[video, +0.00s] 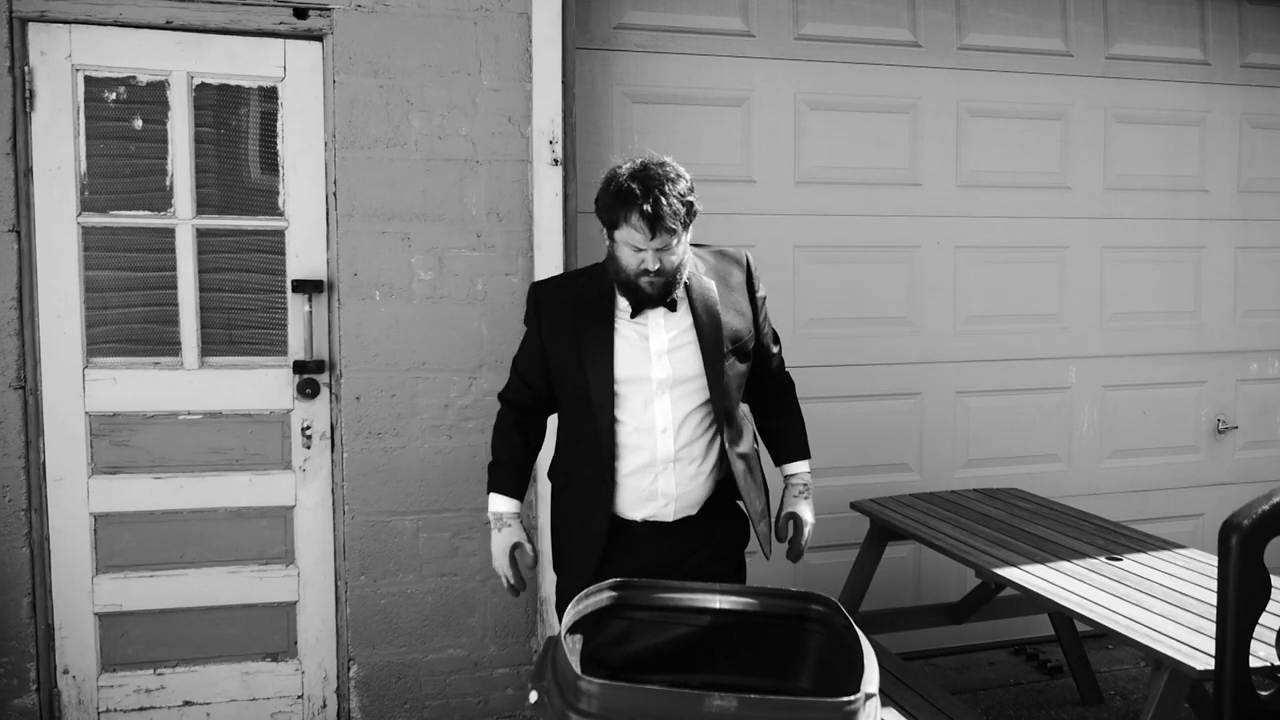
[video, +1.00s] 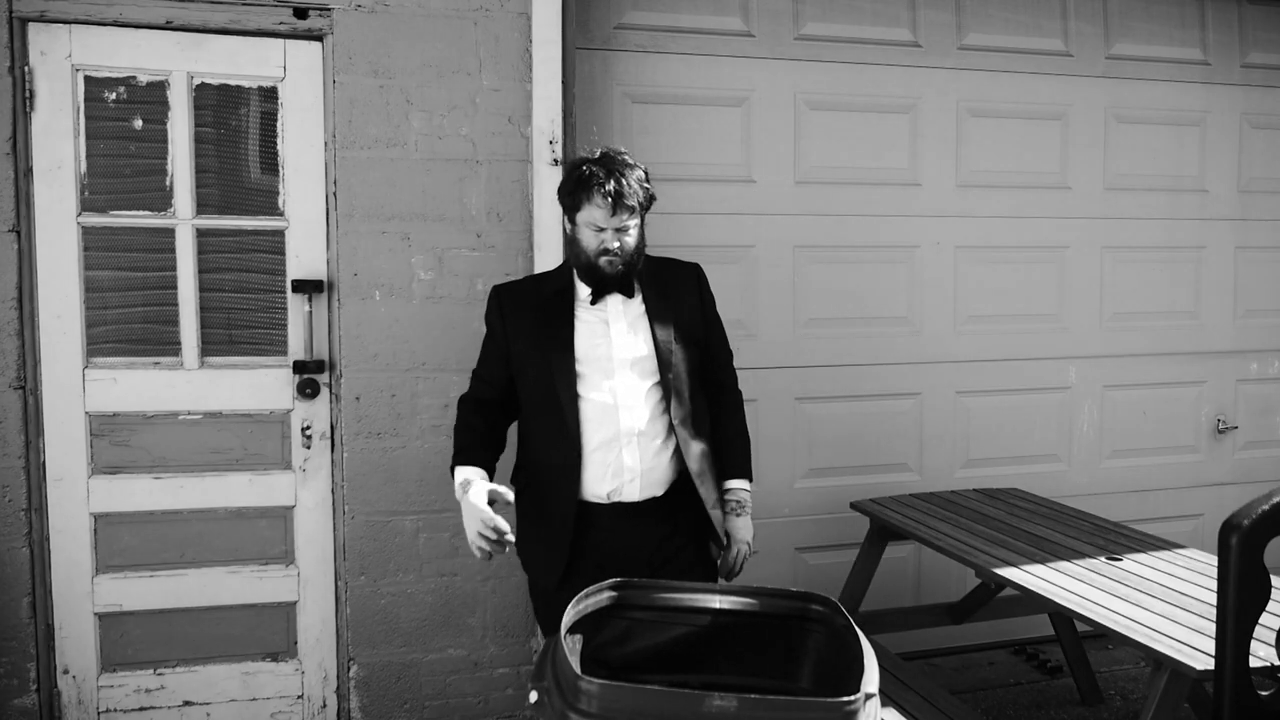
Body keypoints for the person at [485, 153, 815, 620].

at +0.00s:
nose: (652, 264)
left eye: (666, 248)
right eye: (635, 248)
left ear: (688, 232)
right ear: (609, 235)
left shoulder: (731, 279)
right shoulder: (559, 305)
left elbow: (769, 379)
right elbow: (522, 405)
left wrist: (798, 482)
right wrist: (504, 513)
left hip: (708, 540)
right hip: (603, 545)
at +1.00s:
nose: (613, 243)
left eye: (625, 228)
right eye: (597, 229)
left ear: (642, 223)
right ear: (568, 223)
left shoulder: (683, 287)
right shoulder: (518, 306)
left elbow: (721, 394)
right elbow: (485, 404)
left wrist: (738, 500)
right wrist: (470, 483)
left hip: (675, 529)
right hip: (570, 536)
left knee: (680, 696)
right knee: (585, 703)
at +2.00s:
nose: (605, 250)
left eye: (616, 232)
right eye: (587, 238)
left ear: (634, 221)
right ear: (558, 235)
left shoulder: (679, 286)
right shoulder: (529, 287)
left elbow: (719, 392)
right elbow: (455, 258)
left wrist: (737, 499)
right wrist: (530, 188)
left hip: (670, 527)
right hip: (566, 529)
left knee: (675, 691)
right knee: (577, 689)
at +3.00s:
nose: (611, 252)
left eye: (622, 235)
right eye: (594, 239)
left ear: (639, 223)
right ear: (565, 235)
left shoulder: (680, 287)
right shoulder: (526, 287)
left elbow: (719, 395)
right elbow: (441, 278)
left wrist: (734, 502)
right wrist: (510, 202)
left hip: (671, 528)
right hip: (566, 532)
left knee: (676, 696)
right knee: (576, 694)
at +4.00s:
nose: (659, 238)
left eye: (660, 223)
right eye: (646, 225)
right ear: (598, 225)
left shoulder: (672, 285)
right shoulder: (515, 303)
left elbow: (707, 387)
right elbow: (486, 414)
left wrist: (729, 491)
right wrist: (488, 522)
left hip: (674, 530)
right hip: (577, 538)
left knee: (684, 699)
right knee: (588, 707)